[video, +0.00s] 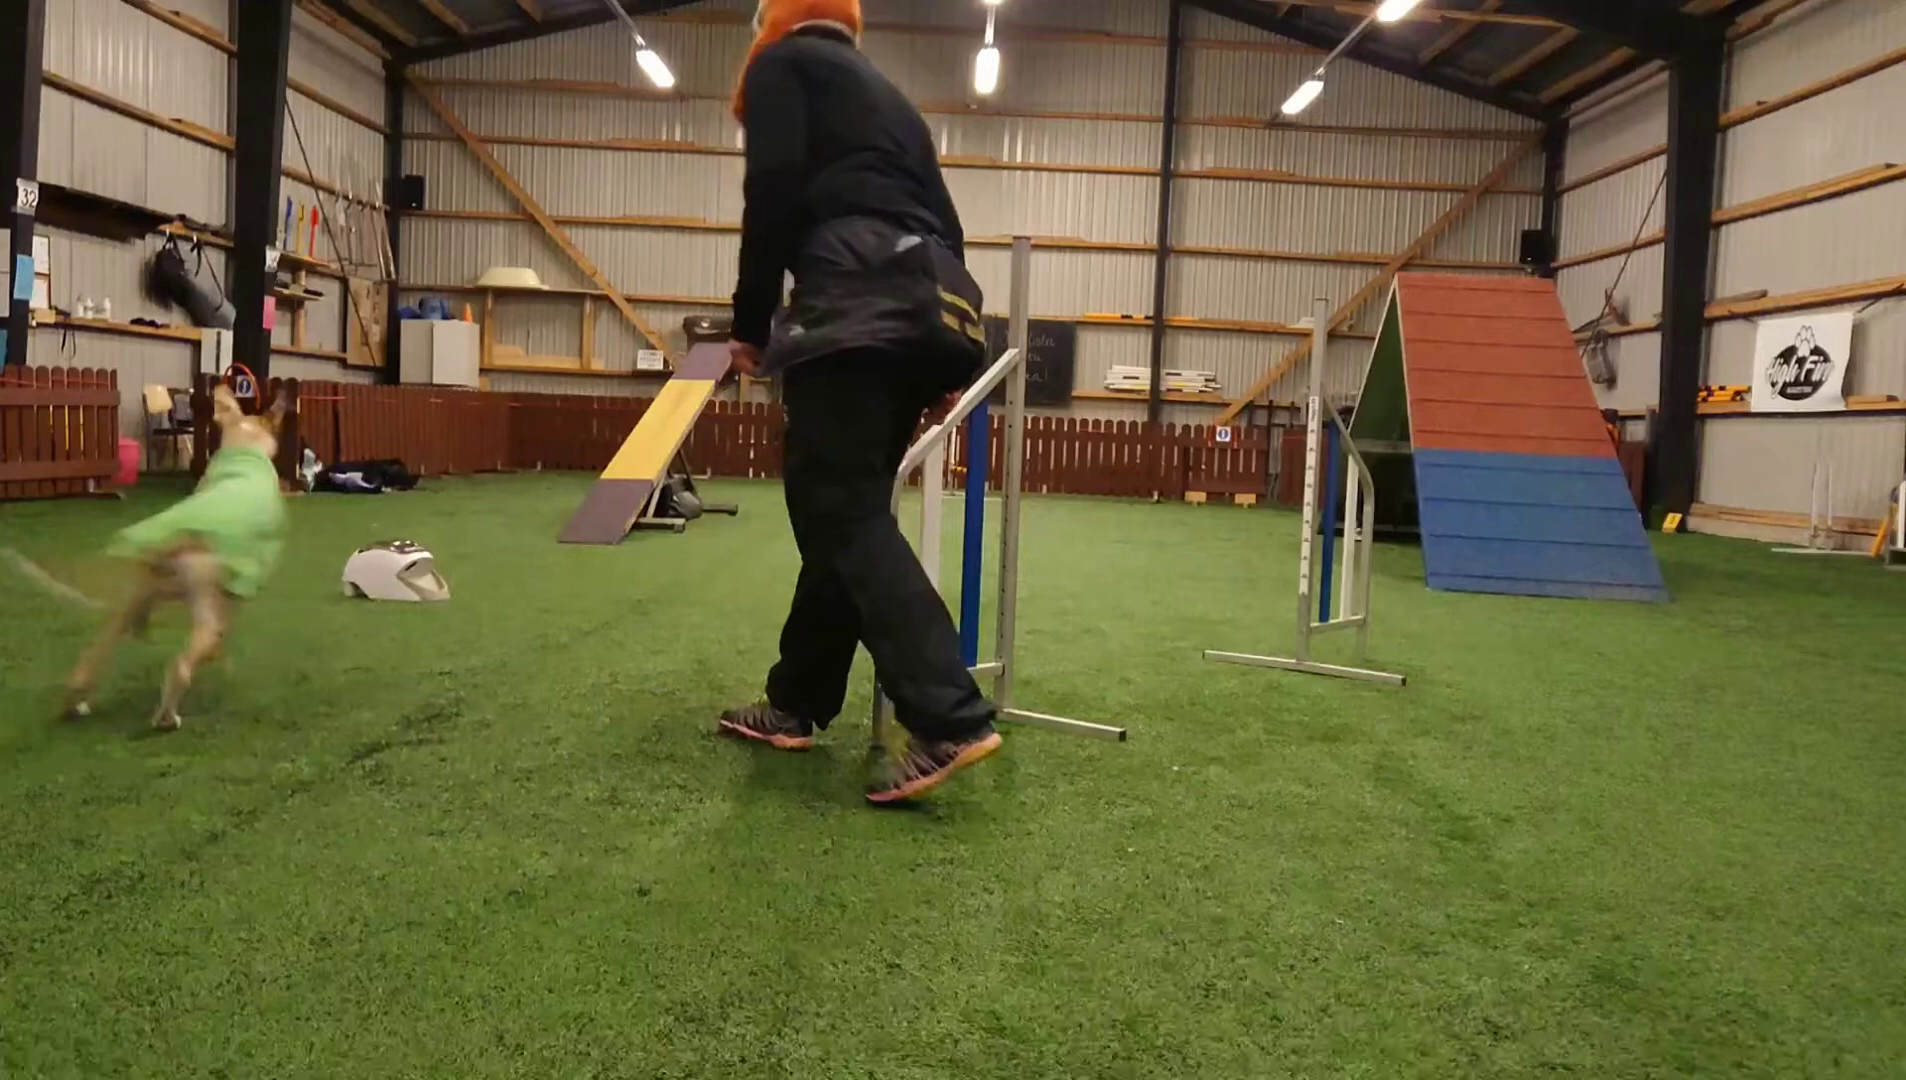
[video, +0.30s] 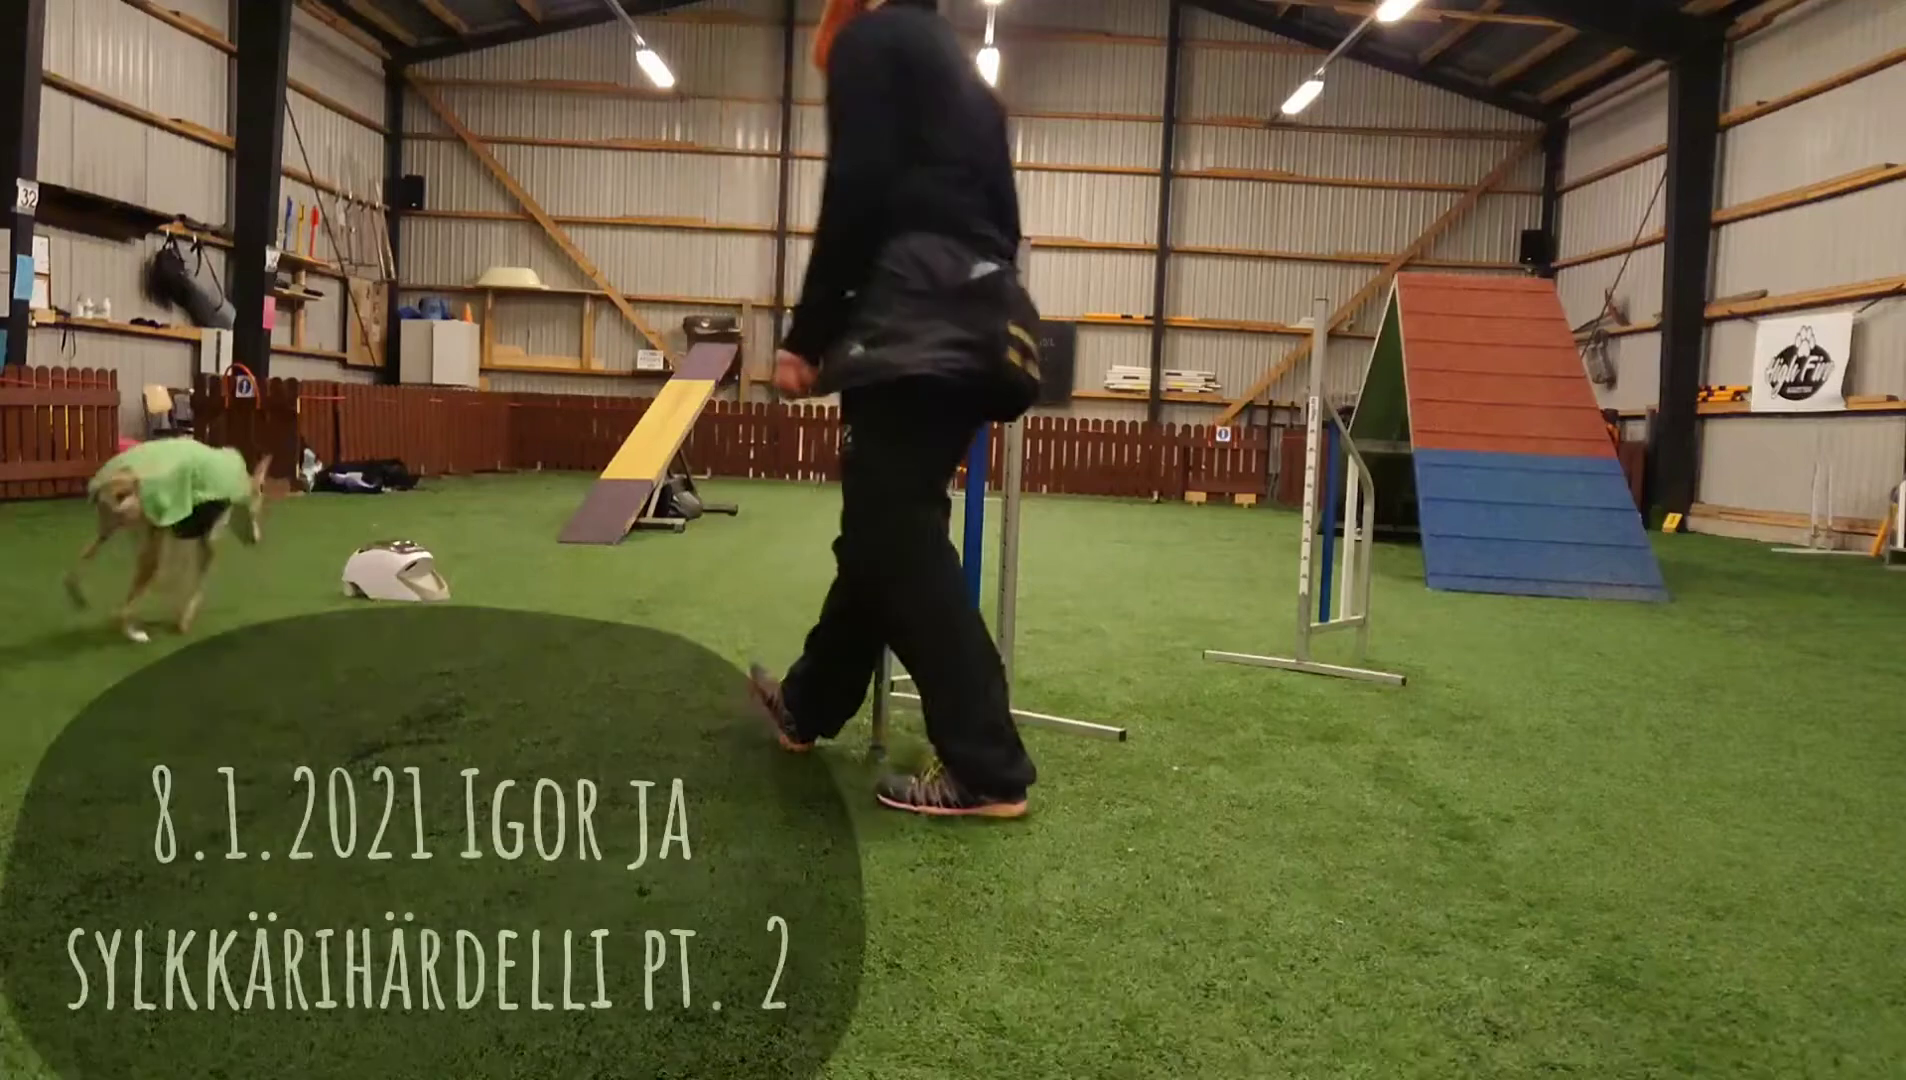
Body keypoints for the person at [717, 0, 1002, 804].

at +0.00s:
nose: (744, 103)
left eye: (755, 50)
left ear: (776, 26)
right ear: (844, 31)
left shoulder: (779, 65)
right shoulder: (894, 102)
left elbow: (774, 190)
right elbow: (943, 228)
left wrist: (748, 327)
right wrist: (951, 360)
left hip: (850, 309)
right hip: (935, 318)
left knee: (842, 514)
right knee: (843, 514)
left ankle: (952, 722)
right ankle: (796, 708)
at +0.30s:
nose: (822, 25)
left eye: (827, 16)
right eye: (823, 18)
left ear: (855, 1)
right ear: (923, 4)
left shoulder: (868, 40)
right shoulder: (974, 83)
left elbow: (859, 186)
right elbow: (999, 225)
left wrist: (806, 338)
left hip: (904, 326)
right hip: (974, 331)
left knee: (903, 545)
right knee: (877, 536)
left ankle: (989, 773)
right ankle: (808, 707)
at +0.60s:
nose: (871, 1)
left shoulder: (929, 12)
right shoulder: (1029, 26)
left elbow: (919, 166)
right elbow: (1054, 186)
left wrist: (862, 313)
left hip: (976, 317)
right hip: (1037, 316)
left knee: (927, 528)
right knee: (940, 525)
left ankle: (988, 775)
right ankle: (984, 756)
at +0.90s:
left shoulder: (994, 13)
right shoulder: (1073, 22)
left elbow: (1008, 148)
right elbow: (1084, 162)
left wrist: (991, 302)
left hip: (1022, 329)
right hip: (1097, 324)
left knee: (970, 551)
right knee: (1077, 548)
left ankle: (987, 774)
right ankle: (1103, 776)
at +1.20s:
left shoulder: (1032, 12)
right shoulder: (1116, 17)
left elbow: (1032, 140)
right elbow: (1124, 151)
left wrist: (1026, 299)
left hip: (1061, 315)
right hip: (1127, 313)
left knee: (987, 536)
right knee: (1095, 535)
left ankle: (1054, 786)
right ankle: (1107, 777)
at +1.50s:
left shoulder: (1013, 13)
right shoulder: (1120, 20)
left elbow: (1018, 139)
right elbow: (1121, 150)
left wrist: (1001, 305)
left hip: (1064, 325)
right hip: (1124, 319)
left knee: (1038, 576)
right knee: (1077, 560)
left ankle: (1099, 841)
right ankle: (1087, 780)